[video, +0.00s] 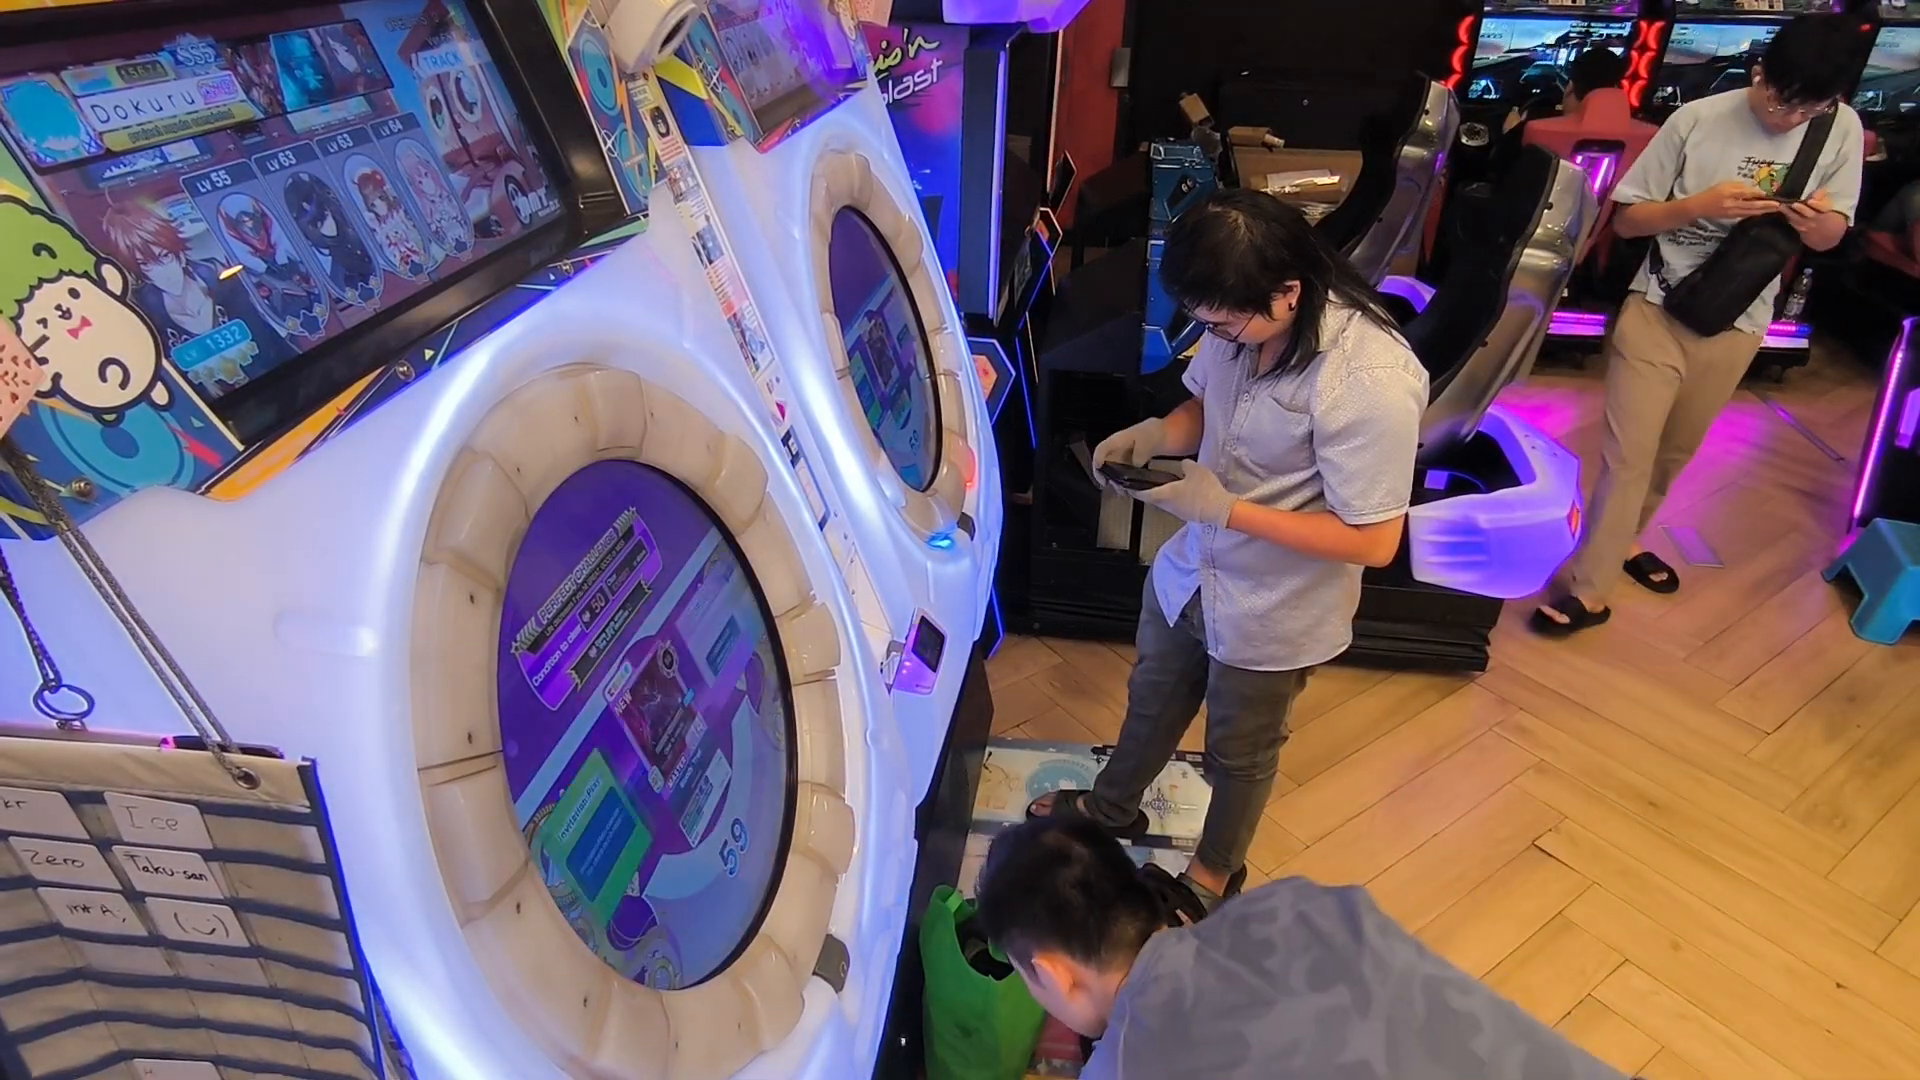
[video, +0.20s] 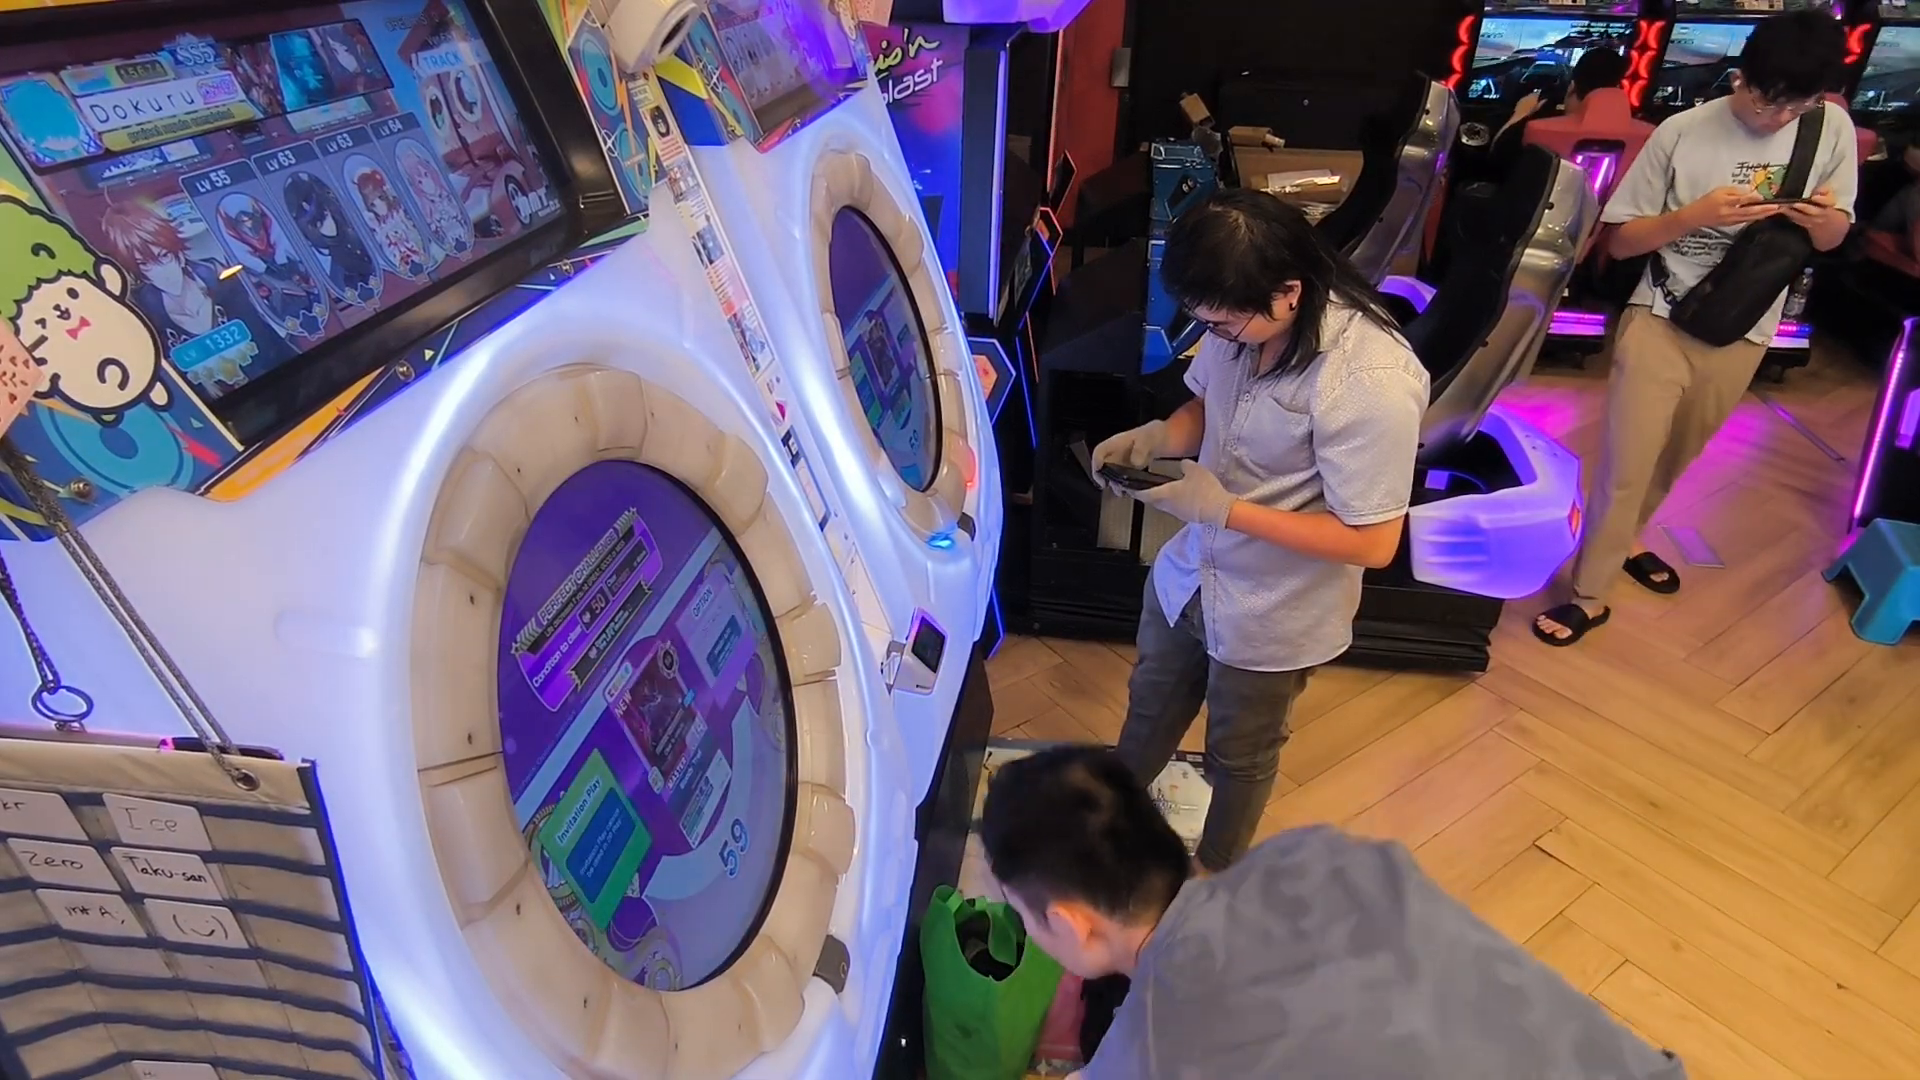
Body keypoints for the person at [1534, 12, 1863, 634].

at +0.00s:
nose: (1785, 115)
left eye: (1804, 107)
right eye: (1780, 97)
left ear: (1828, 98)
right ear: (1761, 70)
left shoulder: (1840, 132)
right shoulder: (1696, 121)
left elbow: (1832, 235)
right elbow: (1624, 219)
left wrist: (1820, 227)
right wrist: (1697, 207)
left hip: (1736, 330)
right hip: (1656, 310)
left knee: (1674, 452)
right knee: (1628, 456)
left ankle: (1624, 543)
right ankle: (1586, 592)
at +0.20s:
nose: (1778, 113)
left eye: (1794, 102)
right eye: (1771, 97)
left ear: (1816, 93)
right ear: (1746, 76)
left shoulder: (1831, 129)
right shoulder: (1681, 133)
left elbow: (1832, 236)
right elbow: (1618, 240)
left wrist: (1824, 223)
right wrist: (1693, 217)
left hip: (1740, 342)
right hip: (1659, 322)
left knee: (1674, 459)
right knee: (1626, 468)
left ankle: (1623, 543)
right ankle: (1588, 596)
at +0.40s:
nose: (1755, 116)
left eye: (1771, 106)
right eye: (1747, 100)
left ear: (1798, 96)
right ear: (1723, 77)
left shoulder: (1823, 129)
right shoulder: (1667, 136)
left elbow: (1827, 239)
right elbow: (1607, 246)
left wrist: (1817, 219)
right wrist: (1684, 218)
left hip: (1742, 346)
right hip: (1649, 330)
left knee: (1715, 467)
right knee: (1618, 477)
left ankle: (1635, 538)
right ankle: (1586, 595)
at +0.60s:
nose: (1746, 124)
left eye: (1764, 113)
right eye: (1737, 106)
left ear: (1791, 100)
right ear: (1717, 82)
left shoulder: (1821, 132)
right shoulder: (1659, 138)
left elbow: (1829, 242)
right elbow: (1601, 248)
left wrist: (1814, 220)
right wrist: (1675, 221)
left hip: (1746, 352)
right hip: (1649, 337)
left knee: (1722, 488)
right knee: (1620, 478)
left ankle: (1664, 598)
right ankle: (1588, 596)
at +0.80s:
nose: (1755, 131)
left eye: (1773, 120)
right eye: (1744, 114)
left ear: (1801, 102)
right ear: (1720, 89)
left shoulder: (1831, 138)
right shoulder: (1665, 141)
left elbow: (1842, 254)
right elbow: (1603, 253)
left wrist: (1818, 228)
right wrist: (1669, 230)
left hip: (1740, 362)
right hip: (1643, 346)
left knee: (1710, 512)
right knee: (1613, 491)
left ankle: (1684, 644)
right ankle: (1588, 598)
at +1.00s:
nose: (1770, 139)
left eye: (1790, 130)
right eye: (1758, 122)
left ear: (1823, 109)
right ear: (1739, 92)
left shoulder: (1854, 150)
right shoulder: (1686, 144)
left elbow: (1857, 269)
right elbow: (1614, 256)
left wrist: (1826, 245)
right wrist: (1686, 235)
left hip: (1749, 376)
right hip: (1652, 357)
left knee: (1707, 530)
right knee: (1615, 498)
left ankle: (1674, 670)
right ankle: (1587, 597)